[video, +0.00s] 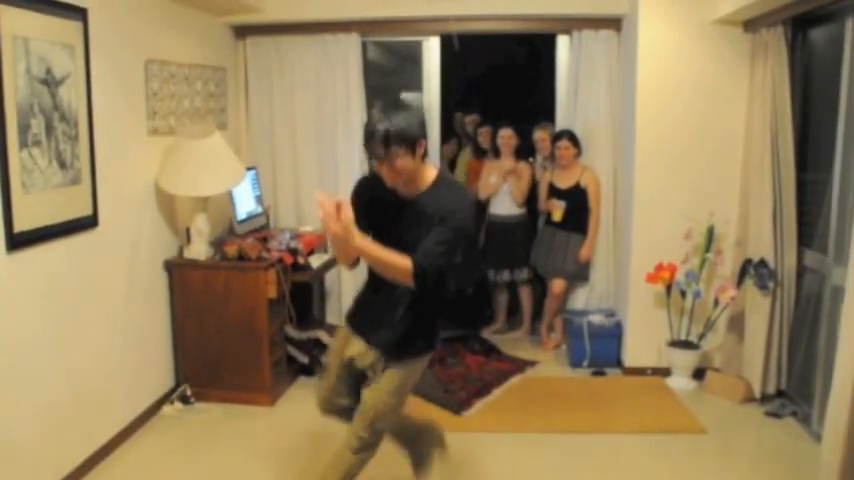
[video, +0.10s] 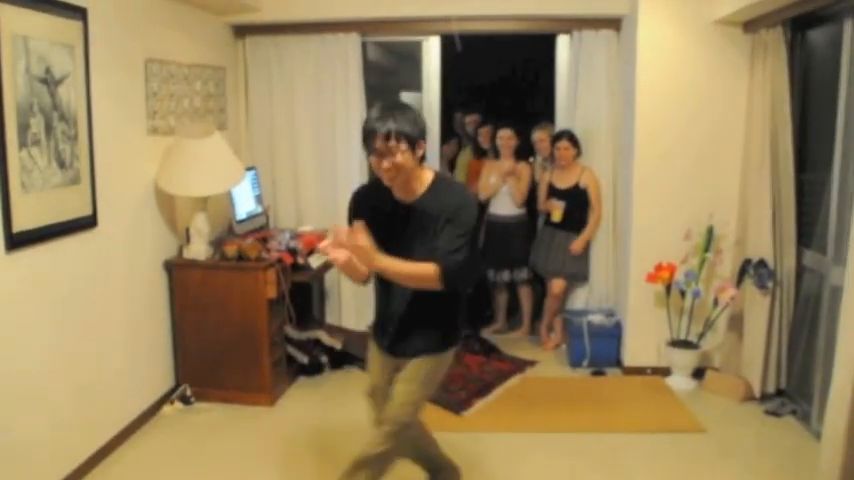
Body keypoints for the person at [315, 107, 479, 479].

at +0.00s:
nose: (384, 170)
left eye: (392, 160)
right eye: (378, 161)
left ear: (419, 149)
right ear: (371, 157)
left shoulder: (457, 206)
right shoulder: (371, 189)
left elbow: (420, 275)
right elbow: (350, 259)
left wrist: (354, 239)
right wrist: (339, 228)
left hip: (409, 339)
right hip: (365, 318)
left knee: (364, 433)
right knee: (333, 400)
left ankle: (330, 475)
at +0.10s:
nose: (382, 166)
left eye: (391, 154)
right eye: (375, 156)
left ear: (418, 149)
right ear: (368, 155)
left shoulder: (458, 204)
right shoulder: (369, 199)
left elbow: (447, 275)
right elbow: (363, 272)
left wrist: (375, 259)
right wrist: (344, 256)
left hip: (435, 335)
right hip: (388, 329)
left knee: (396, 421)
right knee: (384, 410)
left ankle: (357, 473)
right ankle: (443, 470)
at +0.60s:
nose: (472, 171)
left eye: (478, 161)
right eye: (461, 163)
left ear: (486, 154)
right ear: (437, 155)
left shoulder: (492, 188)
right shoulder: (415, 204)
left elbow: (523, 262)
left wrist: (546, 245)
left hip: (494, 324)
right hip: (447, 334)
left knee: (514, 415)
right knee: (503, 427)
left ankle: (428, 466)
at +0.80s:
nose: (466, 150)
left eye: (475, 139)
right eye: (456, 139)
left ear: (487, 135)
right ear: (437, 132)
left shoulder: (497, 182)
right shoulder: (412, 177)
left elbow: (503, 256)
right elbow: (414, 259)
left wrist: (532, 225)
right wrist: (446, 228)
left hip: (460, 311)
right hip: (410, 311)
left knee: (431, 409)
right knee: (455, 405)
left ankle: (396, 472)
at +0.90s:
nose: (448, 129)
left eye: (458, 119)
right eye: (440, 118)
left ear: (477, 114)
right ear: (427, 113)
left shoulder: (493, 163)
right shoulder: (407, 154)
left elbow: (486, 244)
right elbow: (398, 240)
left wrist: (478, 214)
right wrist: (402, 220)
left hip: (452, 288)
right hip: (400, 282)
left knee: (430, 402)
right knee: (421, 378)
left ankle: (394, 474)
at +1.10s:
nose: (418, 168)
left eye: (427, 157)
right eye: (410, 158)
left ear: (451, 146)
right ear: (400, 149)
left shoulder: (481, 197)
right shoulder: (397, 180)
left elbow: (467, 275)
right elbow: (371, 261)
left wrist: (403, 249)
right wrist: (375, 242)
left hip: (435, 333)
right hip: (381, 315)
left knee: (388, 437)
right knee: (344, 410)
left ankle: (369, 474)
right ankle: (412, 421)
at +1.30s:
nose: (409, 152)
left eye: (417, 140)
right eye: (402, 141)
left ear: (442, 132)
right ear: (392, 139)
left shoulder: (476, 182)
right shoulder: (389, 182)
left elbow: (472, 260)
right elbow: (394, 258)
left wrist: (437, 245)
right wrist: (355, 249)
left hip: (457, 320)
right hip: (406, 318)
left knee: (429, 415)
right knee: (418, 415)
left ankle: (395, 471)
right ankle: (452, 472)